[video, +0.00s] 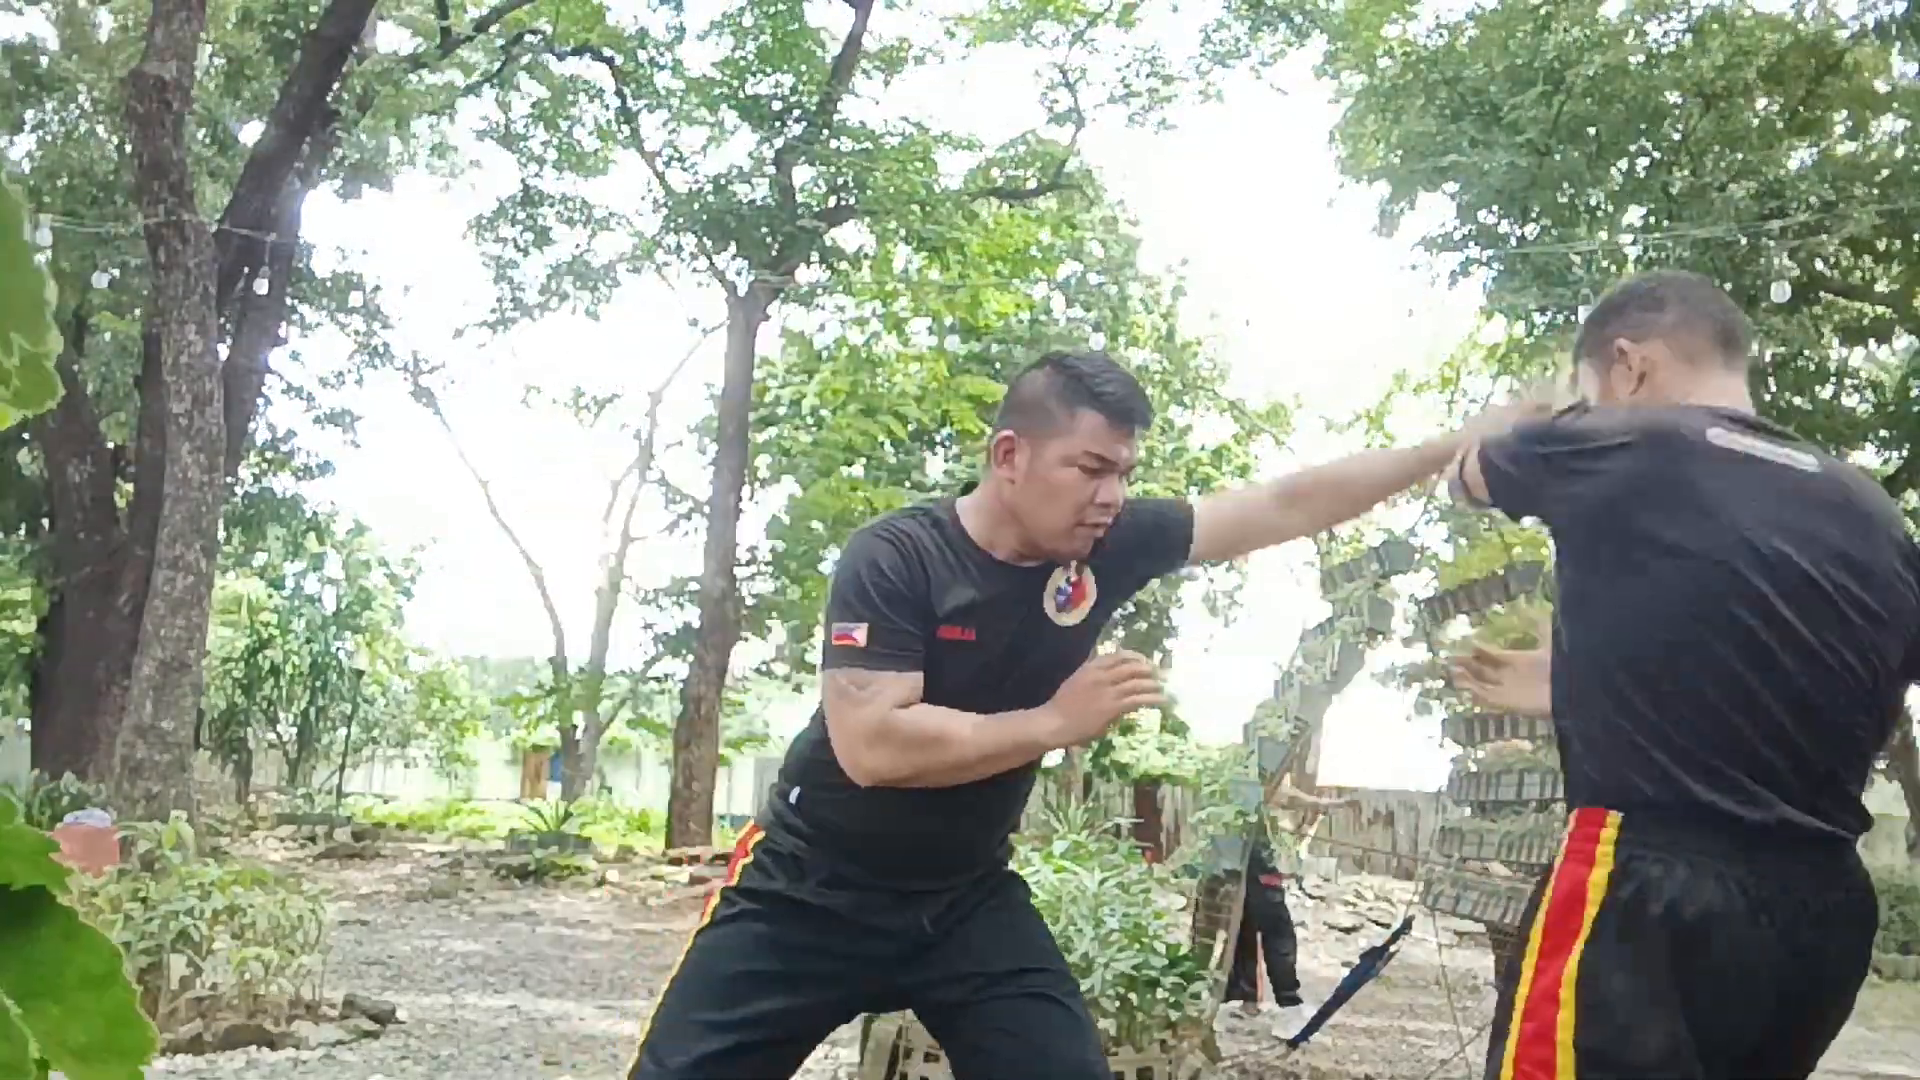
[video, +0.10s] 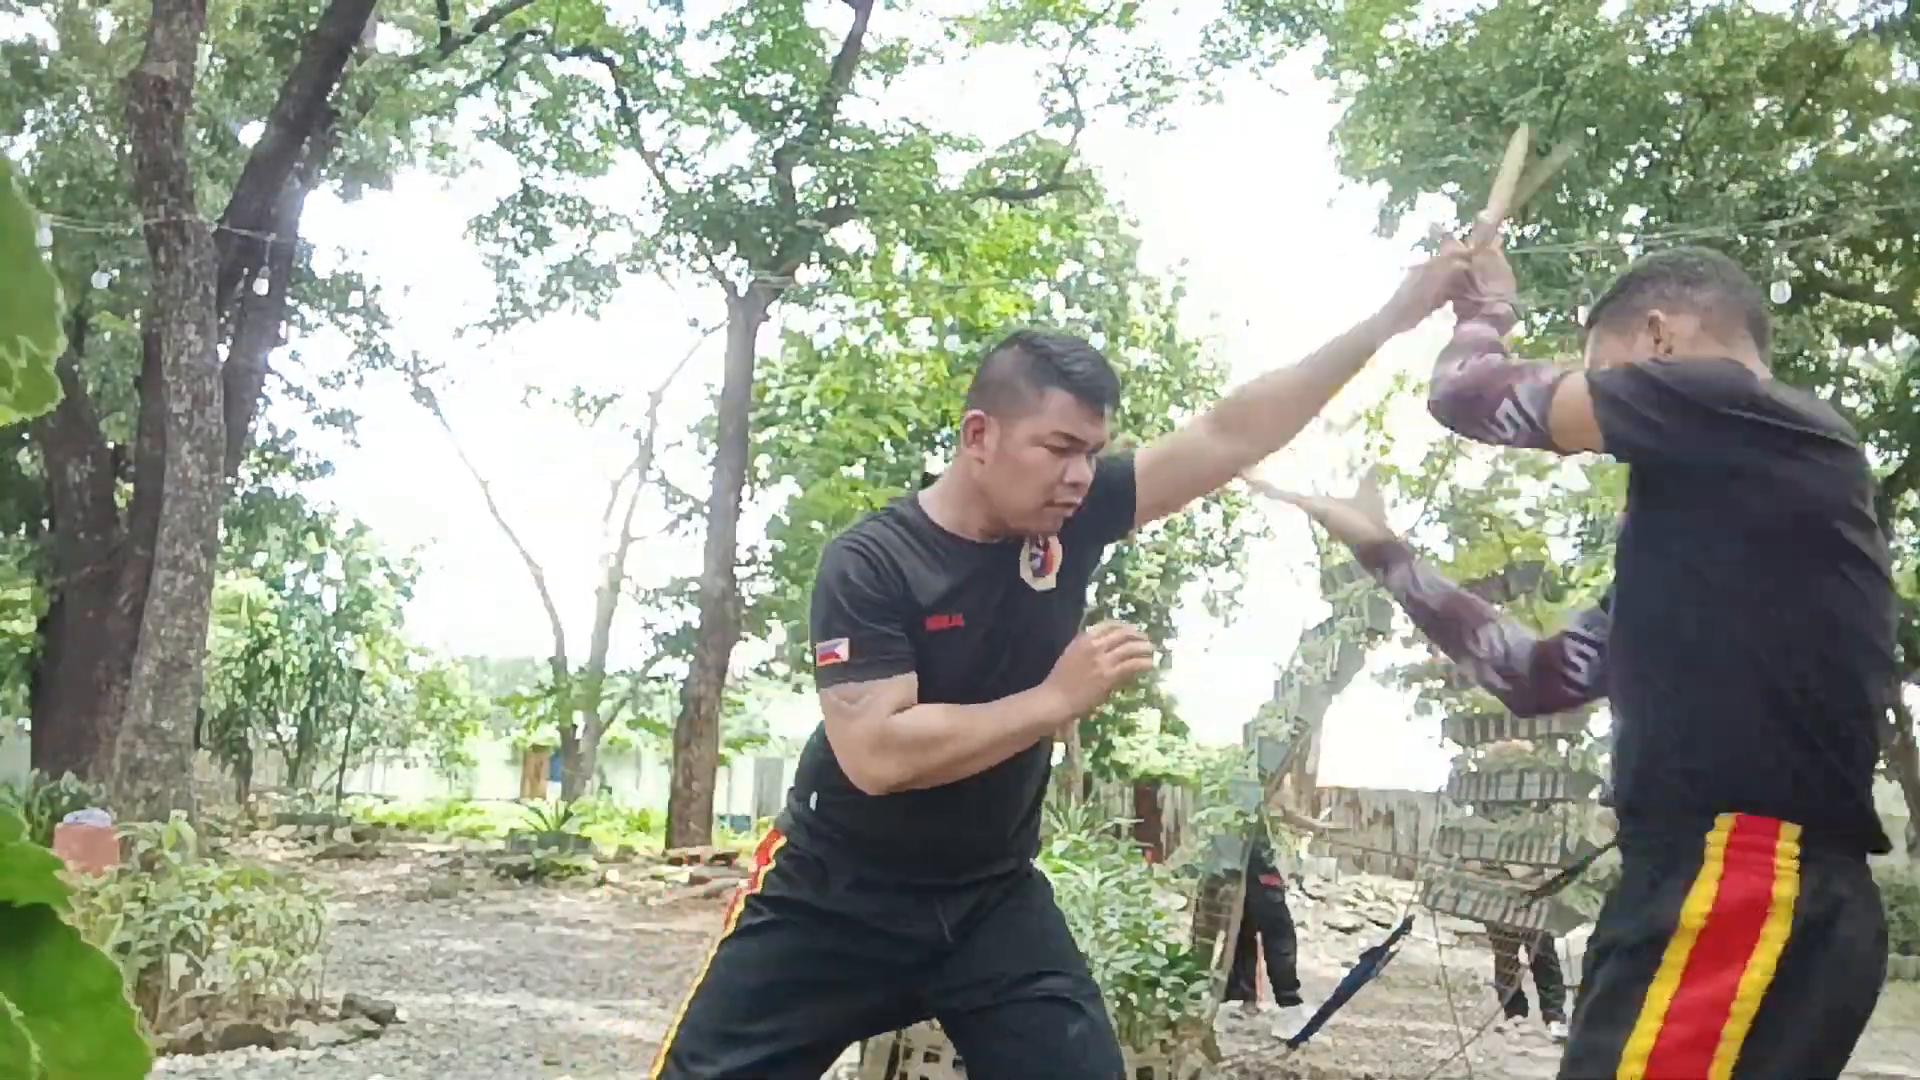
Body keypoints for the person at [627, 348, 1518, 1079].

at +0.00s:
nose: (1113, 496)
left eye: (1123, 475)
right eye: (1095, 469)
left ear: (1127, 474)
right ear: (1008, 453)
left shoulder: (1113, 548)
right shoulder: (891, 558)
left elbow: (1286, 503)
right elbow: (869, 744)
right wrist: (1053, 723)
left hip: (969, 900)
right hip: (805, 891)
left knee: (1067, 1065)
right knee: (678, 1066)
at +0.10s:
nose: (1079, 479)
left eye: (1092, 456)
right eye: (1061, 449)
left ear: (1099, 453)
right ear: (976, 432)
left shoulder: (1077, 514)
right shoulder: (867, 564)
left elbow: (1228, 436)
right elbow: (876, 755)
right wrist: (1053, 703)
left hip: (995, 904)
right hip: (830, 900)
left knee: (1081, 1070)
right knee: (702, 1075)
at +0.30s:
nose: (994, 466)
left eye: (1010, 442)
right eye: (968, 437)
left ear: (1025, 443)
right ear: (894, 433)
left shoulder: (1027, 528)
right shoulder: (807, 557)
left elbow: (1113, 543)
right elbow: (778, 741)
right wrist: (959, 694)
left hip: (976, 901)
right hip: (803, 898)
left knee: (1050, 1070)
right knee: (680, 1069)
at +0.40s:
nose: (954, 484)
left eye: (978, 456)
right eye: (925, 453)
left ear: (999, 451)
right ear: (864, 445)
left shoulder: (1014, 562)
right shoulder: (790, 556)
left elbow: (1098, 678)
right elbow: (712, 727)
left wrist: (1206, 806)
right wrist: (851, 719)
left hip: (947, 896)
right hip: (784, 881)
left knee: (1007, 1067)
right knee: (662, 1063)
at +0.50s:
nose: (936, 495)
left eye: (960, 468)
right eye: (907, 465)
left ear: (983, 458)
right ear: (848, 453)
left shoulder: (1008, 586)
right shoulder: (774, 560)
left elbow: (1128, 733)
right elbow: (691, 721)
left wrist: (1253, 887)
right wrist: (804, 735)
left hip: (927, 896)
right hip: (766, 879)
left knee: (982, 1067)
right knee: (647, 1062)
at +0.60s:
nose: (909, 500)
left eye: (934, 474)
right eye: (881, 471)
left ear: (958, 465)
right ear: (824, 455)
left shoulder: (988, 583)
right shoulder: (747, 566)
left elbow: (1134, 735)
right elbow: (676, 727)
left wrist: (1269, 881)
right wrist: (804, 740)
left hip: (916, 889)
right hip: (752, 876)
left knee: (978, 1065)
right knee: (636, 1061)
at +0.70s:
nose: (898, 502)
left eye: (923, 474)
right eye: (869, 473)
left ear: (948, 461)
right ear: (810, 456)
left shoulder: (981, 582)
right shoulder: (741, 567)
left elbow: (1132, 724)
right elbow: (674, 733)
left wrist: (1264, 862)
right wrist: (819, 737)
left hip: (917, 887)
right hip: (753, 874)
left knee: (981, 1066)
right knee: (636, 1061)